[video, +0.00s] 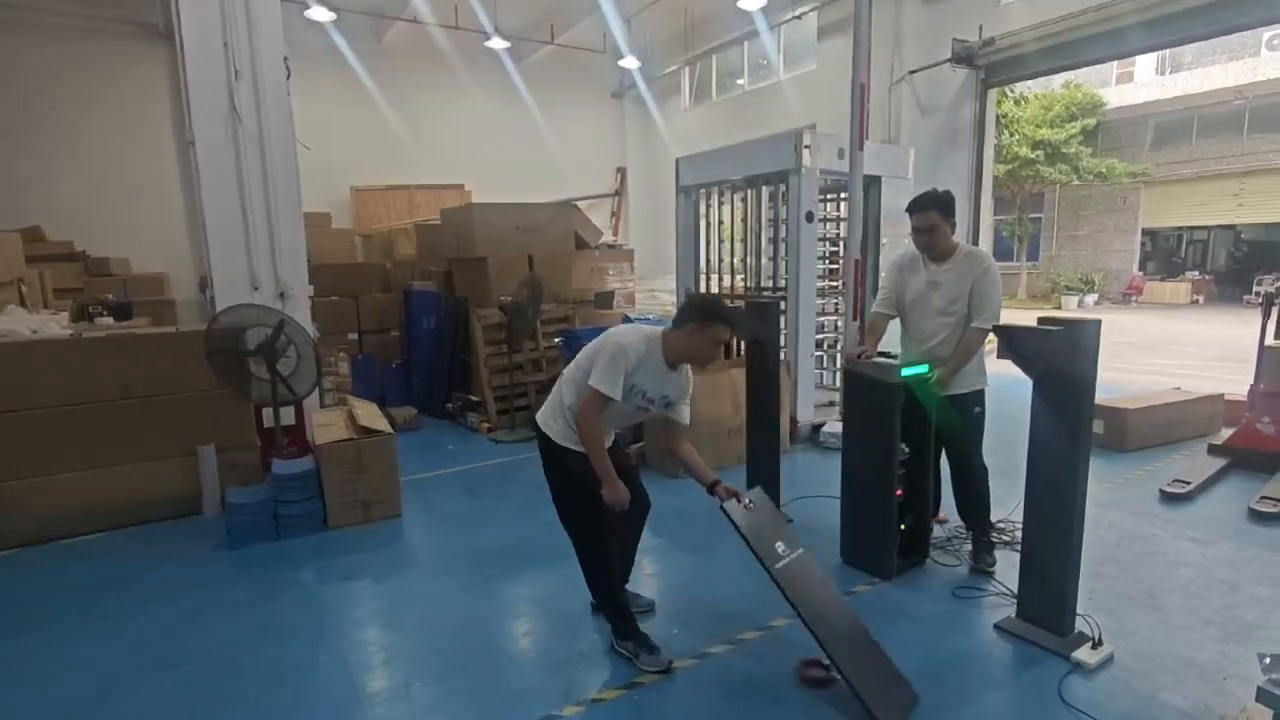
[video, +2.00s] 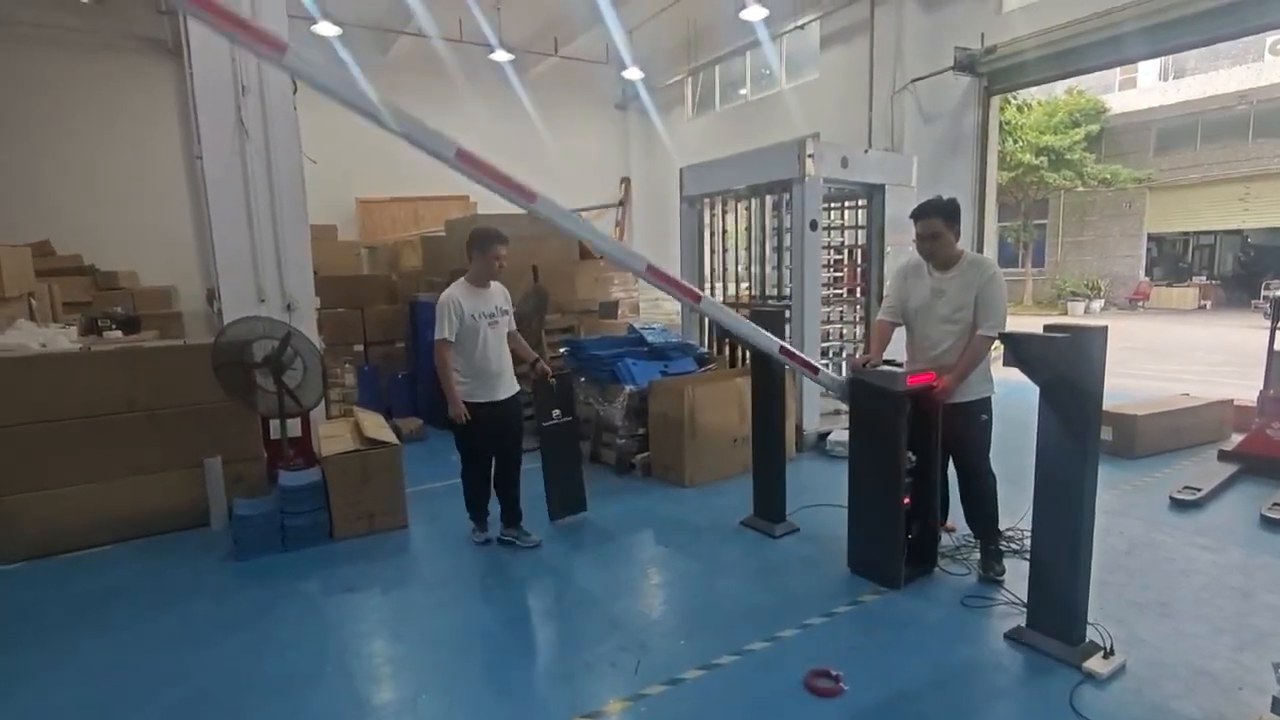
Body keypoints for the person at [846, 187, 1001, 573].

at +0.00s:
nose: (920, 239)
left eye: (929, 231)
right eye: (915, 231)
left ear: (952, 227)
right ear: (910, 229)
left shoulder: (979, 264)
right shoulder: (903, 264)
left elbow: (981, 326)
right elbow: (881, 311)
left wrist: (951, 369)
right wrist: (867, 345)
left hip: (963, 384)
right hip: (916, 382)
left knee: (967, 465)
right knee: (918, 465)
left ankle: (981, 538)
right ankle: (914, 544)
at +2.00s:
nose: (922, 246)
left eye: (930, 238)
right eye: (918, 238)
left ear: (955, 234)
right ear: (914, 235)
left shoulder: (985, 273)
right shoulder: (908, 271)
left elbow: (986, 334)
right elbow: (887, 317)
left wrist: (954, 377)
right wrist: (873, 354)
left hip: (969, 394)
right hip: (921, 393)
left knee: (975, 473)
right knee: (925, 474)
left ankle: (990, 545)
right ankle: (923, 548)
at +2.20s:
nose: (922, 246)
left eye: (931, 238)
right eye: (919, 238)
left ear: (956, 234)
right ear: (916, 235)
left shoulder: (987, 272)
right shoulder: (910, 271)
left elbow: (988, 334)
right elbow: (888, 318)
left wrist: (956, 377)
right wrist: (875, 355)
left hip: (971, 394)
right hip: (924, 393)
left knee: (977, 474)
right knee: (928, 475)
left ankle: (992, 546)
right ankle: (926, 549)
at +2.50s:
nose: (924, 245)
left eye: (932, 237)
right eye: (920, 237)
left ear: (958, 233)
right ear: (918, 234)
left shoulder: (989, 272)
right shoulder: (911, 271)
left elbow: (991, 333)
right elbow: (891, 318)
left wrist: (959, 376)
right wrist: (878, 354)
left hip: (974, 393)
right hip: (926, 393)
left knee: (980, 474)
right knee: (931, 474)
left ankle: (996, 546)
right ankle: (928, 551)